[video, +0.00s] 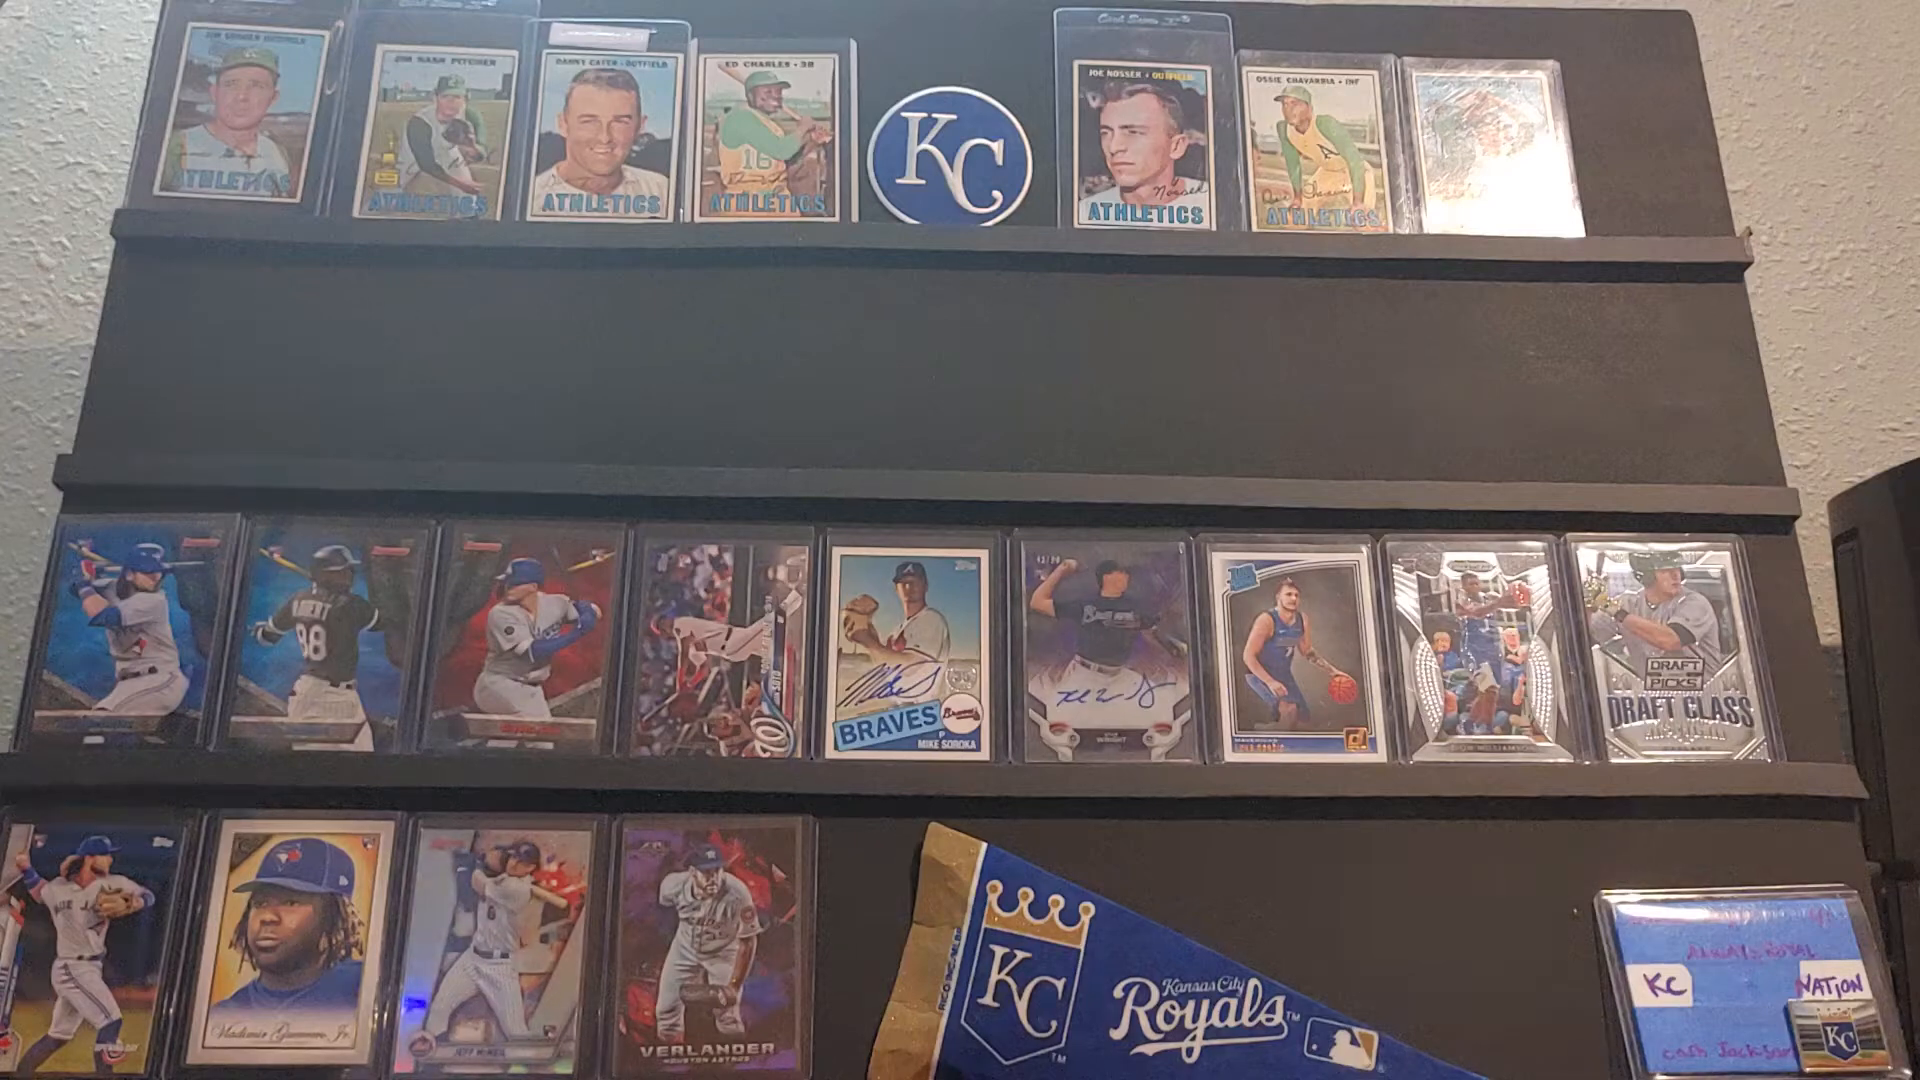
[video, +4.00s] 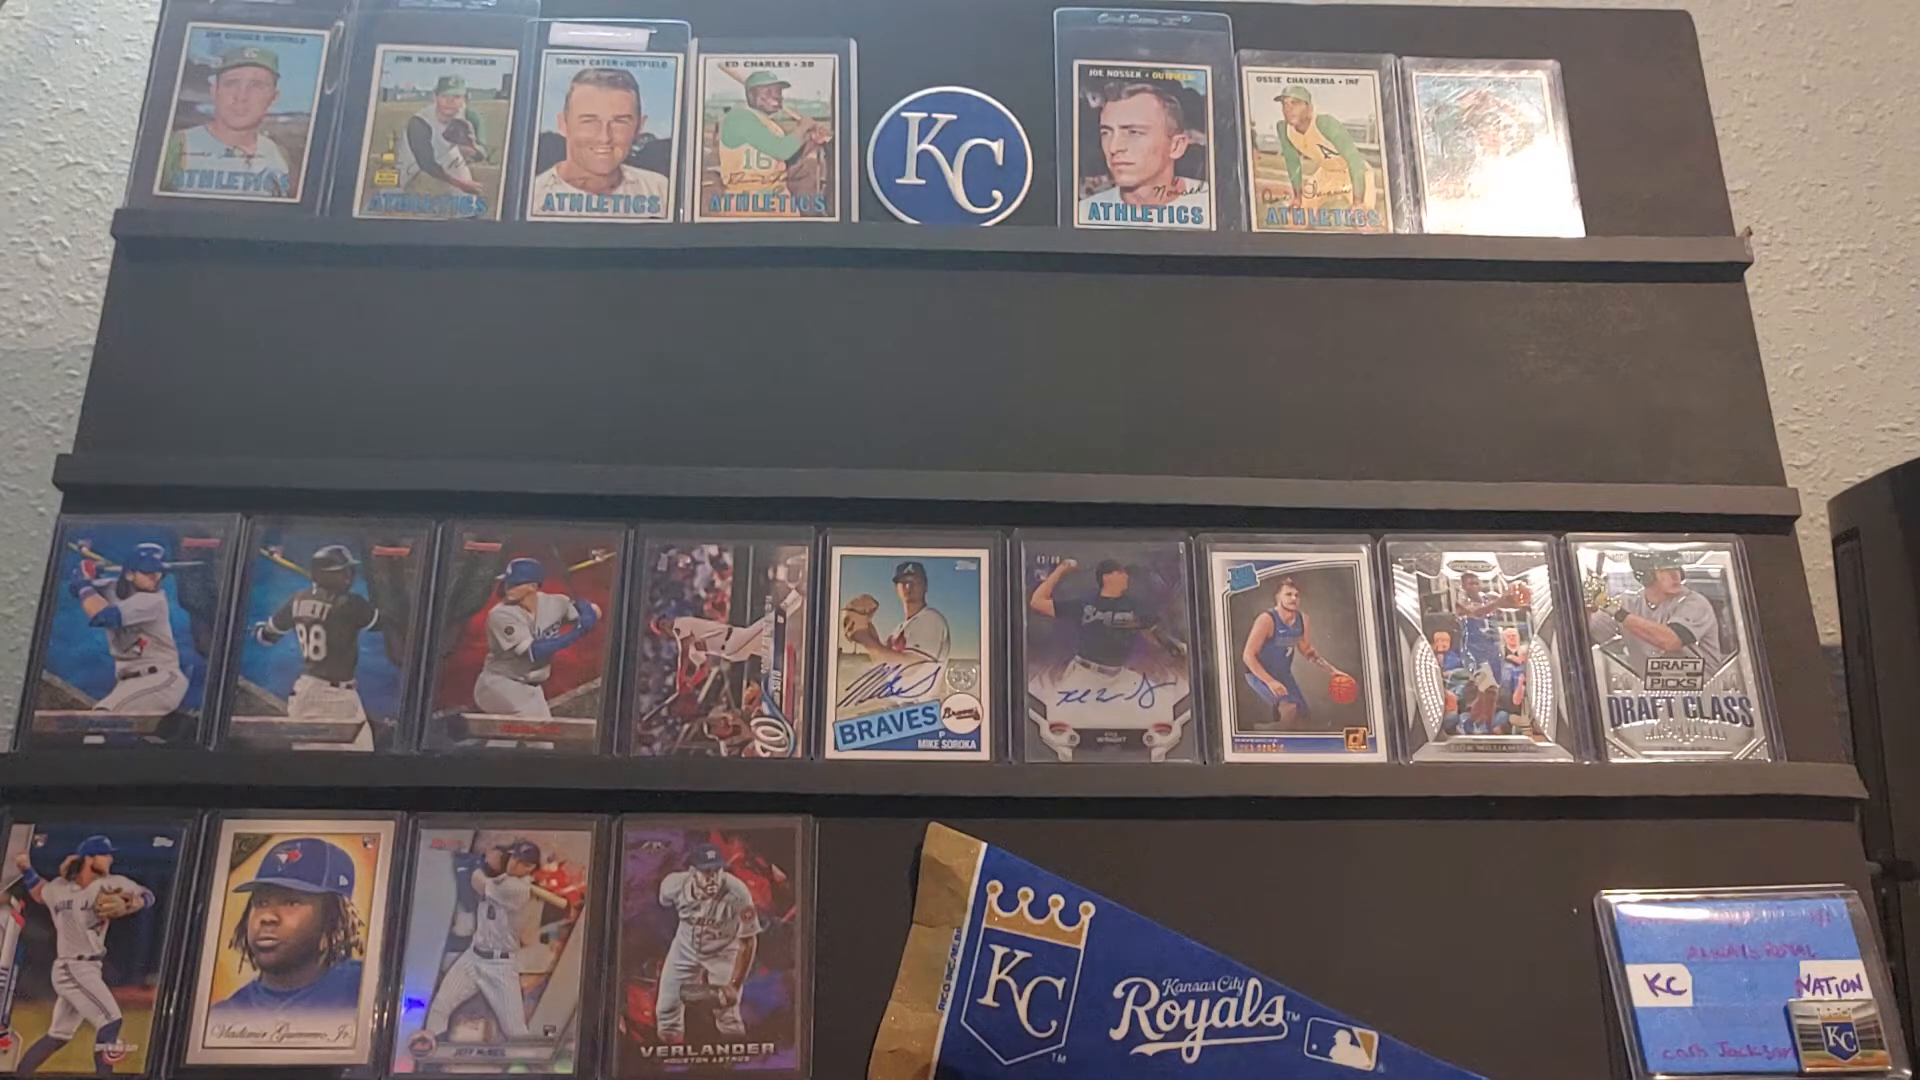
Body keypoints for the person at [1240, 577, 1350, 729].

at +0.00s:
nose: (1293, 599)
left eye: (1296, 595)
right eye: (1288, 595)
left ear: (1299, 599)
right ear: (1278, 598)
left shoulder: (1302, 619)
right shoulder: (1266, 620)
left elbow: (1307, 651)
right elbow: (1248, 656)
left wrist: (1333, 672)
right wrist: (1270, 682)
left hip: (1283, 673)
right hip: (1260, 673)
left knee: (1303, 716)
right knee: (1289, 708)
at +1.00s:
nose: (1293, 599)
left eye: (1296, 595)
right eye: (1288, 595)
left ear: (1299, 598)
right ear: (1278, 598)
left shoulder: (1302, 619)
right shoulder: (1266, 620)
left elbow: (1307, 651)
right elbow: (1248, 656)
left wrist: (1333, 671)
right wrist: (1270, 682)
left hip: (1283, 673)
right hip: (1260, 673)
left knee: (1302, 715)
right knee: (1289, 706)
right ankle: (1285, 750)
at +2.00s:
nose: (1293, 599)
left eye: (1296, 595)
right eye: (1288, 595)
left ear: (1299, 598)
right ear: (1278, 598)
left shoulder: (1302, 619)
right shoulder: (1265, 620)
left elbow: (1307, 651)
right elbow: (1248, 656)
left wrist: (1333, 671)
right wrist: (1270, 682)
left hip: (1283, 673)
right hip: (1260, 673)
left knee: (1302, 716)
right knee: (1289, 707)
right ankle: (1284, 750)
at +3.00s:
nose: (1293, 599)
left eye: (1296, 595)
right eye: (1288, 595)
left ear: (1299, 598)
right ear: (1278, 598)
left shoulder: (1302, 619)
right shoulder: (1266, 620)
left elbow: (1307, 650)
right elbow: (1248, 656)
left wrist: (1333, 671)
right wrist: (1270, 681)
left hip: (1283, 672)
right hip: (1260, 672)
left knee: (1301, 713)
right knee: (1289, 706)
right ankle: (1283, 749)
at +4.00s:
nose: (1294, 599)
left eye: (1296, 595)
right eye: (1288, 595)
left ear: (1299, 598)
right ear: (1278, 598)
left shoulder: (1302, 619)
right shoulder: (1266, 620)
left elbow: (1307, 650)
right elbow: (1248, 656)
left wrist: (1333, 671)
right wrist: (1270, 681)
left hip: (1283, 673)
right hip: (1260, 673)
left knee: (1302, 713)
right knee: (1289, 707)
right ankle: (1281, 750)